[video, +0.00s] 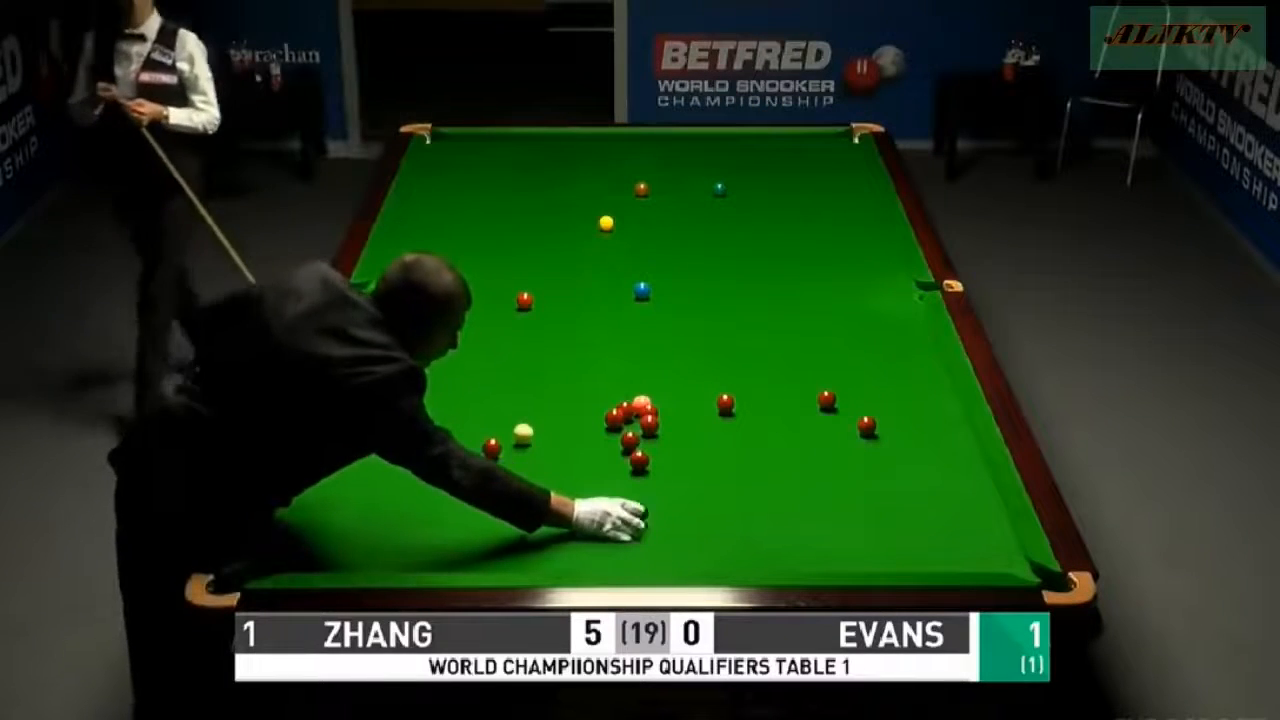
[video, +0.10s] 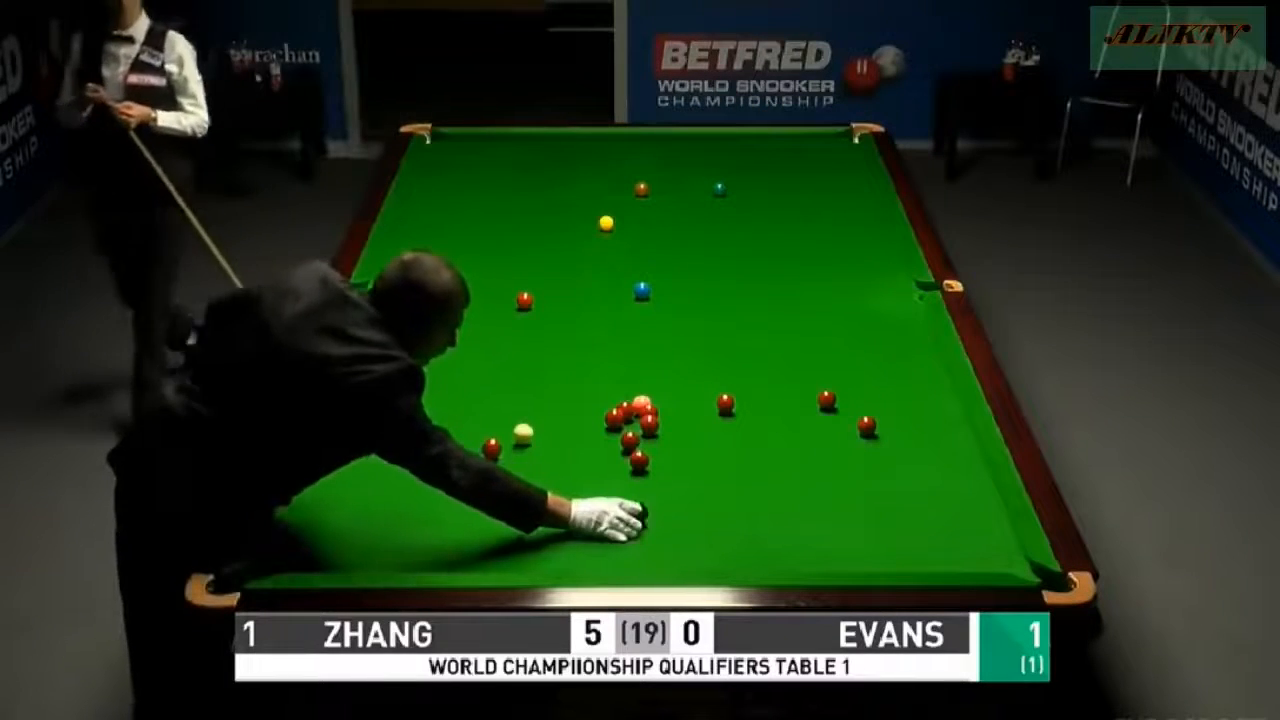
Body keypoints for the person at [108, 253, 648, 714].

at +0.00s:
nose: (455, 343)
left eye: (457, 330)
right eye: (453, 331)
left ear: (387, 288)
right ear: (426, 329)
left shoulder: (311, 282)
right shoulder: (383, 386)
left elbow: (205, 320)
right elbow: (457, 469)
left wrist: (255, 391)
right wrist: (568, 510)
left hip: (153, 461)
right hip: (203, 504)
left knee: (161, 653)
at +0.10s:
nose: (453, 341)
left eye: (455, 327)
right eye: (451, 329)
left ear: (385, 286)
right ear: (425, 327)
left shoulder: (311, 282)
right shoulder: (380, 385)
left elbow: (214, 321)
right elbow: (456, 471)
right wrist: (567, 511)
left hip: (151, 464)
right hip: (203, 503)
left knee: (161, 654)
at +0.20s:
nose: (452, 340)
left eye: (453, 326)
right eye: (450, 329)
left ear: (384, 285)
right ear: (425, 327)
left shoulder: (312, 281)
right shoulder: (382, 384)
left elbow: (223, 313)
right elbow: (456, 467)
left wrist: (238, 406)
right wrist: (568, 508)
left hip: (155, 455)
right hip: (202, 498)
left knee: (160, 645)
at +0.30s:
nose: (453, 339)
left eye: (455, 326)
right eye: (451, 328)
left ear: (385, 285)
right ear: (426, 327)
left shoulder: (313, 281)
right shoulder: (383, 383)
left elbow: (223, 314)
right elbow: (456, 465)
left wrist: (239, 404)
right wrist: (570, 506)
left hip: (153, 452)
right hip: (201, 496)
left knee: (160, 639)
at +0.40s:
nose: (454, 341)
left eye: (456, 329)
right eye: (452, 330)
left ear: (386, 286)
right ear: (427, 328)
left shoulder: (312, 280)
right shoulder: (384, 381)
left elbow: (219, 315)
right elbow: (456, 464)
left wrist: (240, 400)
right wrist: (574, 506)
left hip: (155, 452)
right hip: (199, 495)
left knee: (160, 639)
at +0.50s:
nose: (455, 342)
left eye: (457, 329)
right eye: (453, 330)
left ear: (387, 286)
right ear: (428, 328)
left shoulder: (314, 281)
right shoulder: (384, 382)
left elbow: (221, 315)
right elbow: (456, 464)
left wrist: (238, 401)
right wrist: (575, 506)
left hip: (154, 451)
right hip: (197, 495)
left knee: (160, 639)